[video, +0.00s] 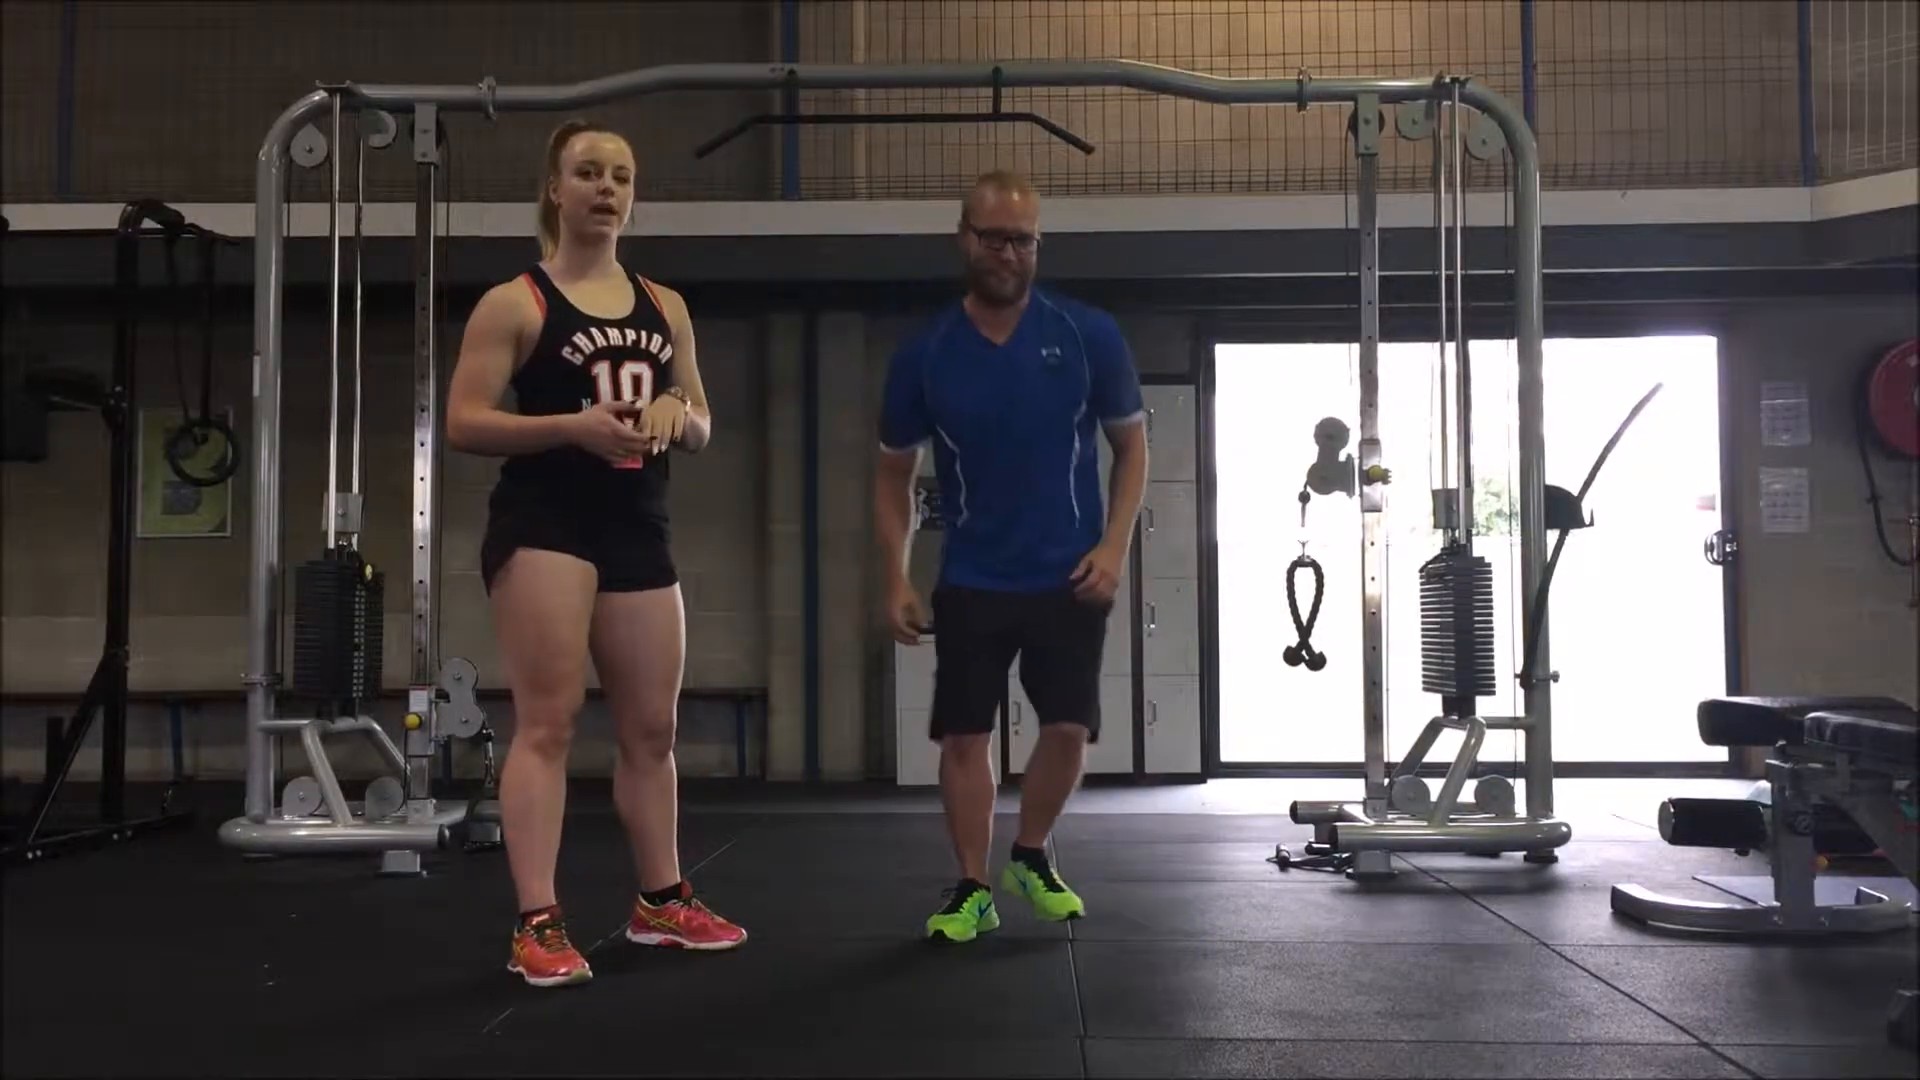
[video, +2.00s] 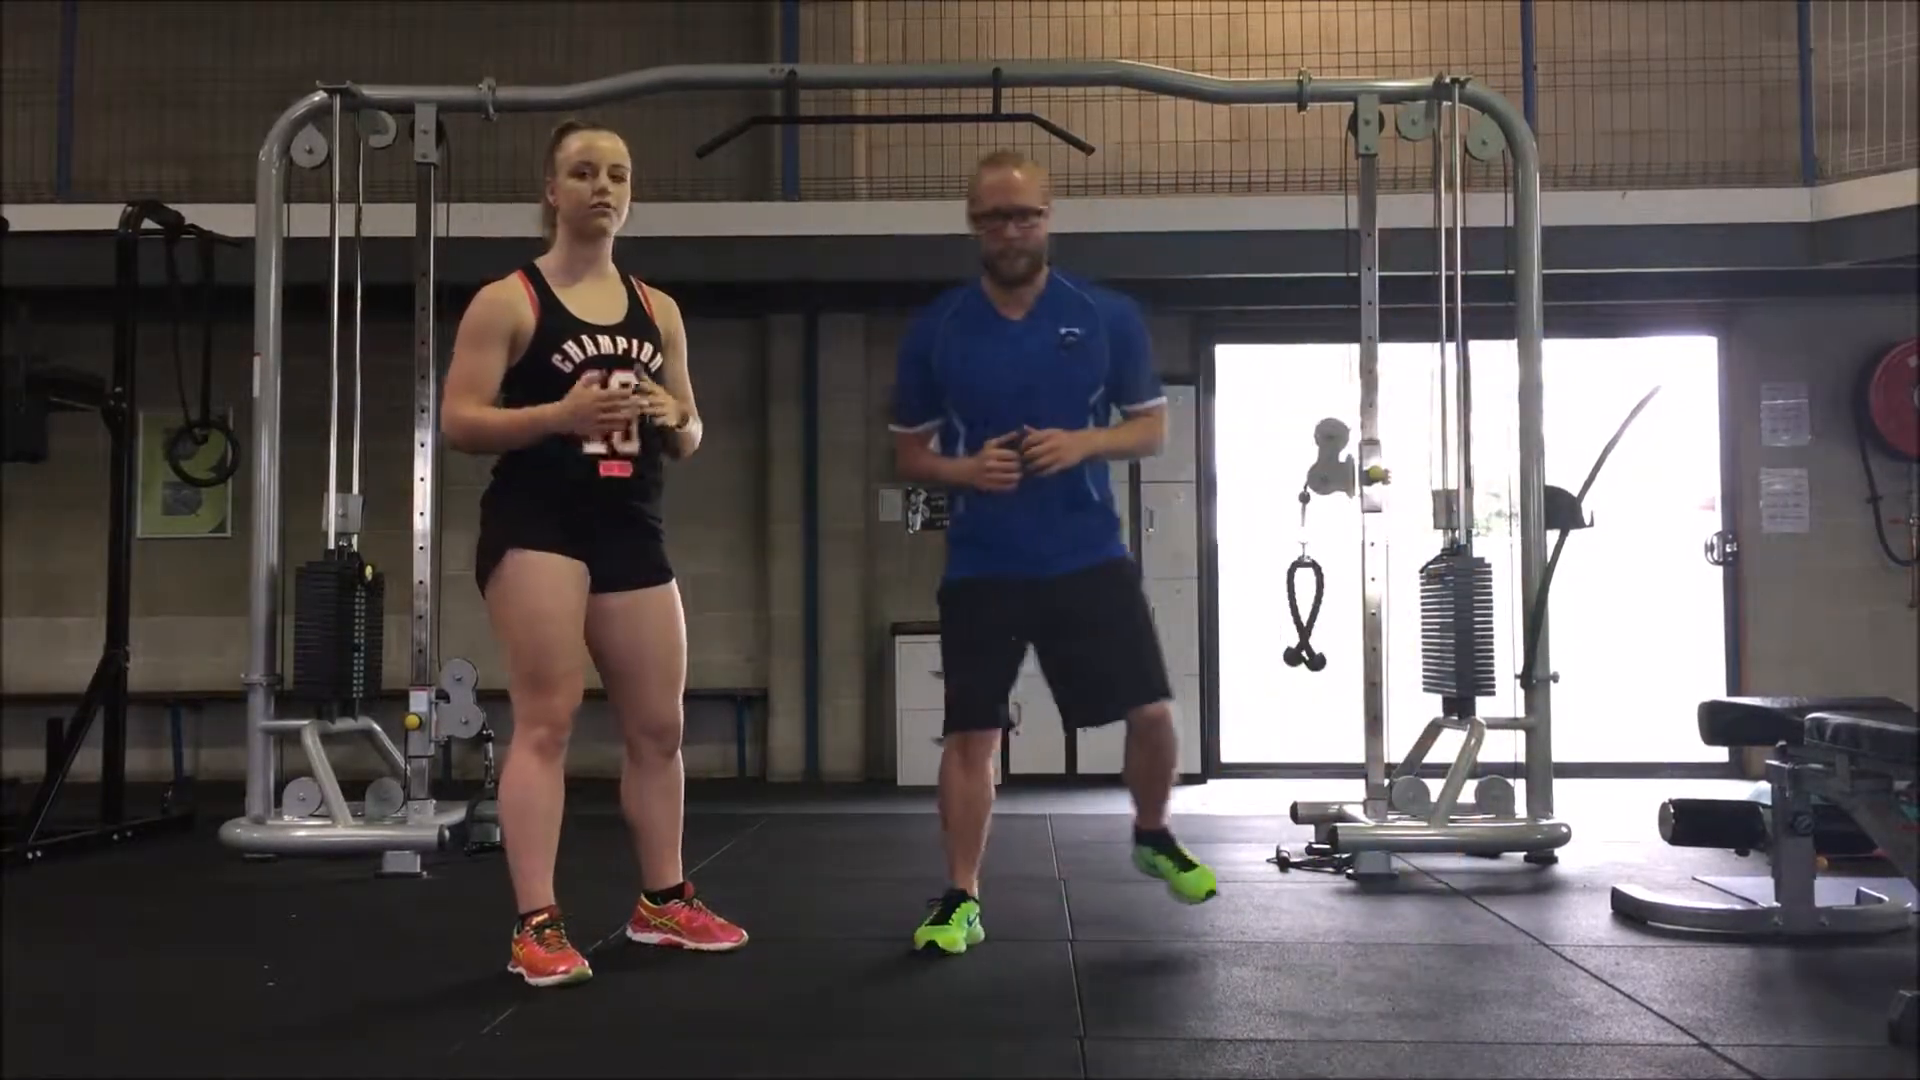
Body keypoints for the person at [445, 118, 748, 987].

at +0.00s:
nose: (605, 188)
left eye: (618, 177)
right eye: (588, 174)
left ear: (633, 198)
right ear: (553, 190)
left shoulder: (663, 306)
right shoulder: (512, 304)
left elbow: (699, 423)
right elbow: (465, 423)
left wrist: (679, 418)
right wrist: (574, 427)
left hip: (639, 533)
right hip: (545, 527)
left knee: (652, 731)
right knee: (546, 722)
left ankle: (662, 900)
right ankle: (537, 923)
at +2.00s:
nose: (601, 188)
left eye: (615, 176)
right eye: (583, 173)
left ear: (630, 196)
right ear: (550, 190)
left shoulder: (658, 310)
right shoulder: (504, 302)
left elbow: (689, 437)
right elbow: (460, 422)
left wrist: (668, 418)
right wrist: (563, 415)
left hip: (630, 530)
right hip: (536, 524)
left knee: (659, 730)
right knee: (545, 719)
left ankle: (665, 901)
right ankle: (537, 924)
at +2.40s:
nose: (581, 182)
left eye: (594, 170)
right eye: (562, 167)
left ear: (609, 189)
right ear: (527, 183)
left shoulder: (639, 303)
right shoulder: (476, 300)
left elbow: (670, 426)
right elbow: (427, 419)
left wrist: (612, 476)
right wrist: (514, 480)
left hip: (613, 528)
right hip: (513, 531)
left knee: (678, 719)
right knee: (537, 724)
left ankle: (668, 887)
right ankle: (538, 925)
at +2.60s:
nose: (572, 177)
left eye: (586, 167)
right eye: (556, 163)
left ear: (602, 189)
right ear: (521, 180)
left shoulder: (634, 301)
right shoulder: (469, 300)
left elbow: (665, 425)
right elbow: (418, 421)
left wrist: (601, 473)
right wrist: (498, 486)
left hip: (616, 527)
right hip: (514, 531)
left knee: (668, 721)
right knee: (539, 729)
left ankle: (619, 876)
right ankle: (538, 925)